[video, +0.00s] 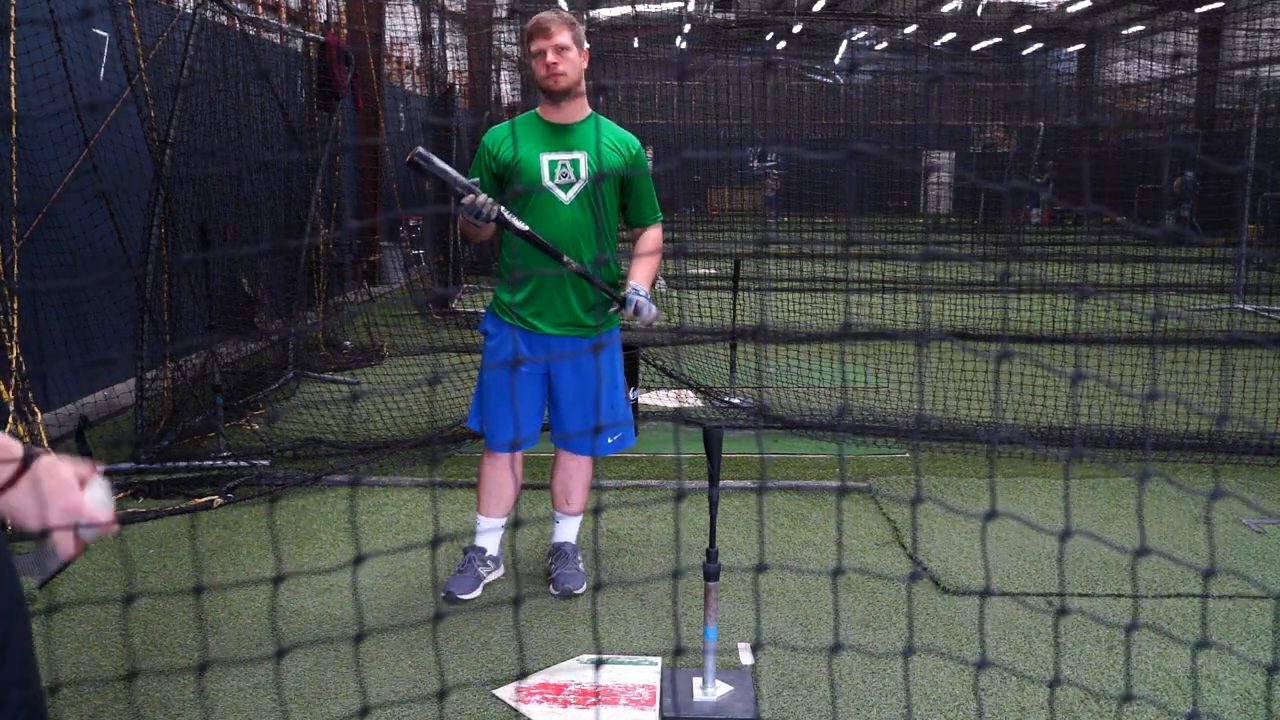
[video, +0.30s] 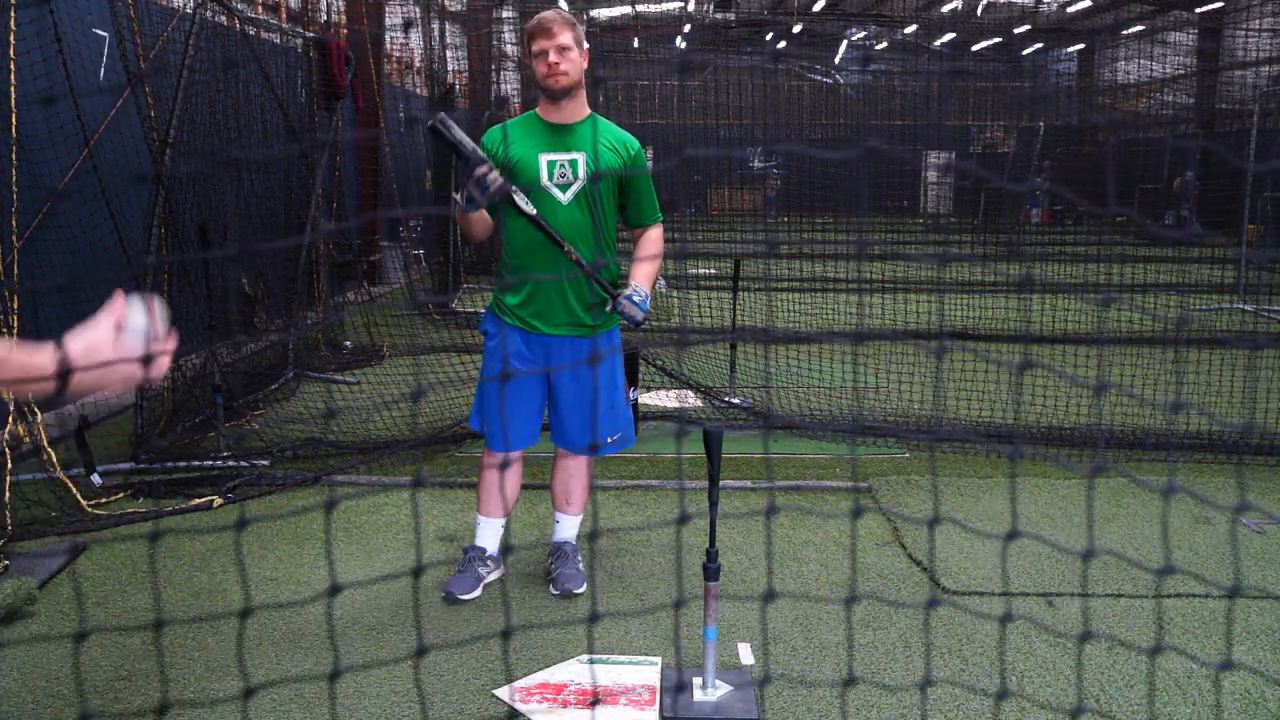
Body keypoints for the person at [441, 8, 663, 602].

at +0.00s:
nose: (551, 60)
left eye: (562, 49)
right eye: (540, 53)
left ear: (585, 57)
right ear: (529, 66)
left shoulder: (622, 148)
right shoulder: (500, 143)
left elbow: (648, 229)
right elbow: (477, 233)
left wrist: (638, 285)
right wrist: (477, 214)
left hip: (589, 322)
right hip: (515, 319)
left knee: (578, 437)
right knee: (501, 437)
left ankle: (566, 546)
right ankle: (486, 551)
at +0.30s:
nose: (554, 60)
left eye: (564, 50)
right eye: (542, 53)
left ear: (585, 57)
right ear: (530, 66)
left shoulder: (621, 148)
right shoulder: (500, 142)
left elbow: (649, 230)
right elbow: (477, 233)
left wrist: (640, 286)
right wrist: (474, 204)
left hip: (589, 324)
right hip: (515, 321)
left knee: (576, 443)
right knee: (500, 445)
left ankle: (566, 547)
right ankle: (485, 551)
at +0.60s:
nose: (558, 59)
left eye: (568, 49)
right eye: (546, 52)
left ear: (587, 57)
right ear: (533, 63)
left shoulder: (622, 146)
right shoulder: (501, 138)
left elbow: (652, 225)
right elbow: (476, 231)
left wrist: (641, 279)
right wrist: (484, 192)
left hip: (590, 320)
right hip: (517, 318)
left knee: (575, 443)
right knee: (501, 445)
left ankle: (566, 546)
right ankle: (484, 550)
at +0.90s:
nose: (563, 59)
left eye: (572, 49)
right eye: (550, 52)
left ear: (590, 57)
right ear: (535, 64)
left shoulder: (623, 147)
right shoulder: (504, 139)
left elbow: (648, 228)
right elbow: (477, 231)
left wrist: (632, 285)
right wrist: (482, 194)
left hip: (592, 321)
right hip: (519, 319)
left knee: (577, 442)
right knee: (503, 443)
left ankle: (566, 547)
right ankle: (485, 551)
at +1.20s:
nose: (566, 58)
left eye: (575, 48)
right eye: (553, 51)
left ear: (593, 58)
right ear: (537, 63)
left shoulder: (625, 147)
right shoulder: (505, 140)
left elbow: (656, 227)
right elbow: (480, 233)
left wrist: (641, 280)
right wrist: (478, 190)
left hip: (593, 322)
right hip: (520, 319)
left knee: (578, 439)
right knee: (504, 440)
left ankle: (566, 546)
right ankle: (486, 551)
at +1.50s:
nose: (569, 59)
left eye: (577, 48)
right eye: (556, 51)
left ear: (592, 57)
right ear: (538, 63)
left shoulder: (625, 148)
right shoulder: (505, 141)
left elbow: (654, 227)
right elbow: (482, 233)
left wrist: (637, 278)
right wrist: (479, 188)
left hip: (593, 322)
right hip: (519, 319)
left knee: (579, 439)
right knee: (504, 440)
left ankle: (566, 547)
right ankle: (486, 551)